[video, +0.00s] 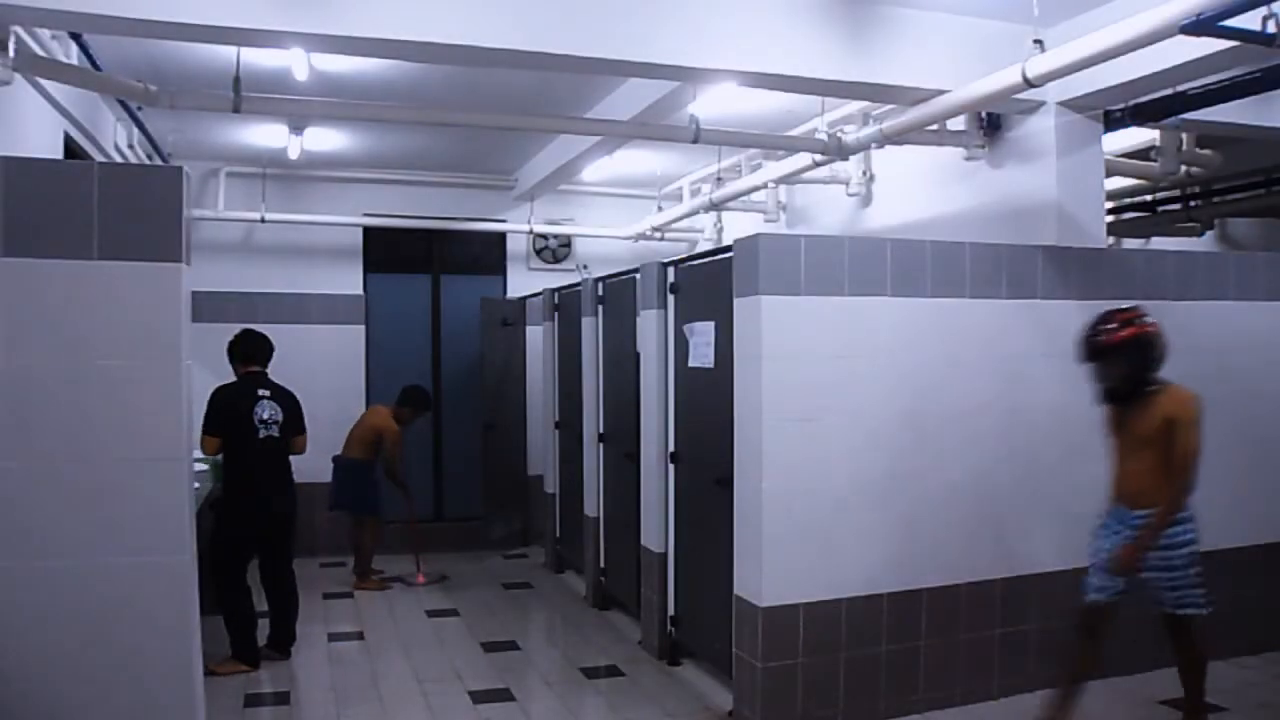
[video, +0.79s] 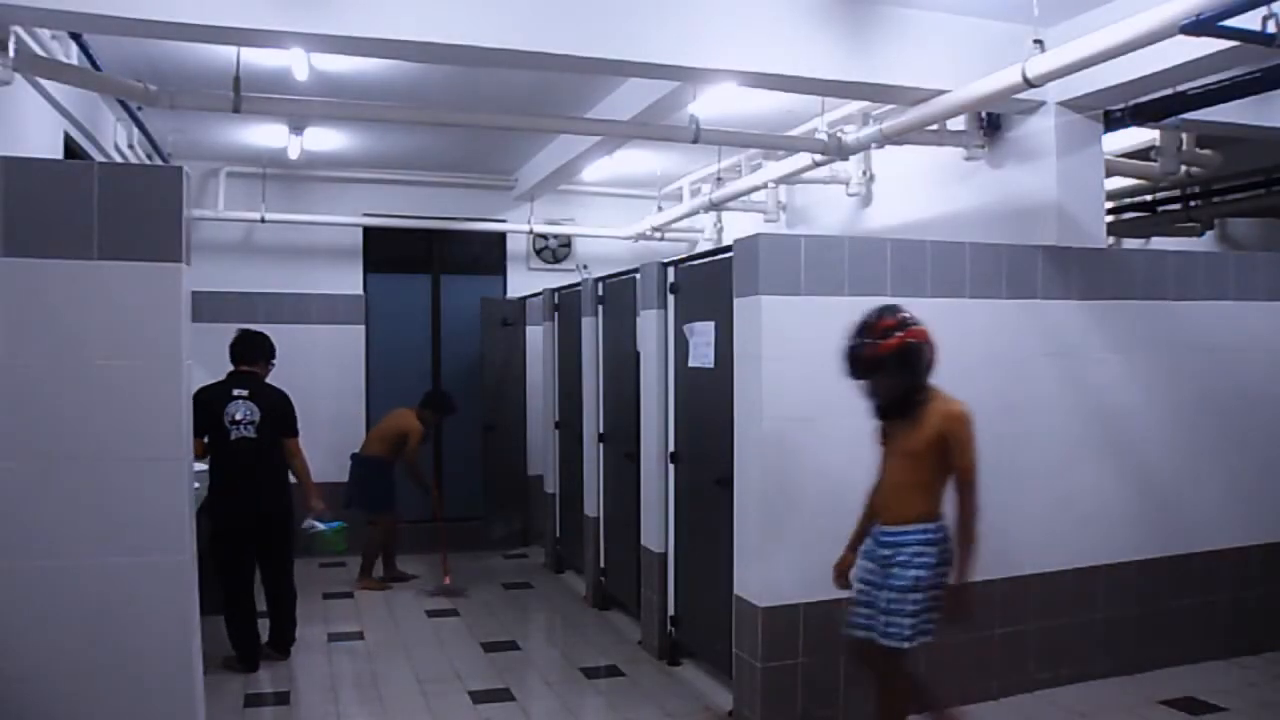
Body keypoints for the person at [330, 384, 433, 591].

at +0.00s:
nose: (413, 420)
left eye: (417, 416)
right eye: (415, 415)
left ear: (400, 404)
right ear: (407, 409)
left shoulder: (375, 411)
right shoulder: (390, 428)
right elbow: (391, 468)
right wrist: (405, 491)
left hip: (345, 465)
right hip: (359, 470)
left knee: (360, 521)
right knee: (369, 523)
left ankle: (362, 568)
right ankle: (363, 576)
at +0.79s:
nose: (436, 422)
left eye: (438, 418)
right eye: (437, 417)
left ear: (423, 405)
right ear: (430, 412)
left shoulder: (402, 414)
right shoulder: (415, 427)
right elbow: (410, 463)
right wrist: (426, 488)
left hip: (366, 463)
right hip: (375, 467)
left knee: (389, 520)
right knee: (381, 522)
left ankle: (390, 569)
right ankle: (365, 576)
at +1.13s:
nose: (441, 421)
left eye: (444, 417)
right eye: (442, 416)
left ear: (427, 405)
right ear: (435, 411)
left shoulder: (402, 413)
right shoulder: (424, 429)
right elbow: (427, 464)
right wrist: (436, 483)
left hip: (366, 462)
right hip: (382, 467)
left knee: (388, 518)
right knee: (391, 520)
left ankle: (388, 569)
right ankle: (385, 576)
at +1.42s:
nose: (446, 423)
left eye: (448, 418)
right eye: (446, 418)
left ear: (432, 408)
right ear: (440, 414)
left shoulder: (407, 413)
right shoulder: (427, 432)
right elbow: (430, 466)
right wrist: (437, 487)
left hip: (371, 463)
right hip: (386, 468)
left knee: (387, 521)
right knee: (392, 523)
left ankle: (390, 572)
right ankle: (394, 579)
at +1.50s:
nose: (446, 424)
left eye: (449, 419)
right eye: (447, 418)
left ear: (433, 407)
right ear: (440, 414)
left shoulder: (407, 413)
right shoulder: (427, 432)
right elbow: (430, 467)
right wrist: (437, 487)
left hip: (371, 465)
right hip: (386, 470)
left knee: (388, 522)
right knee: (395, 524)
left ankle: (390, 572)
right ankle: (394, 580)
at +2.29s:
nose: (449, 424)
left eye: (451, 419)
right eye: (449, 418)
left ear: (434, 409)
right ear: (441, 414)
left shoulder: (415, 416)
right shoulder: (423, 431)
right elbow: (422, 471)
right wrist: (435, 497)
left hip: (379, 467)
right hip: (387, 471)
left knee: (390, 525)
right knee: (395, 525)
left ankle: (384, 572)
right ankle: (393, 579)